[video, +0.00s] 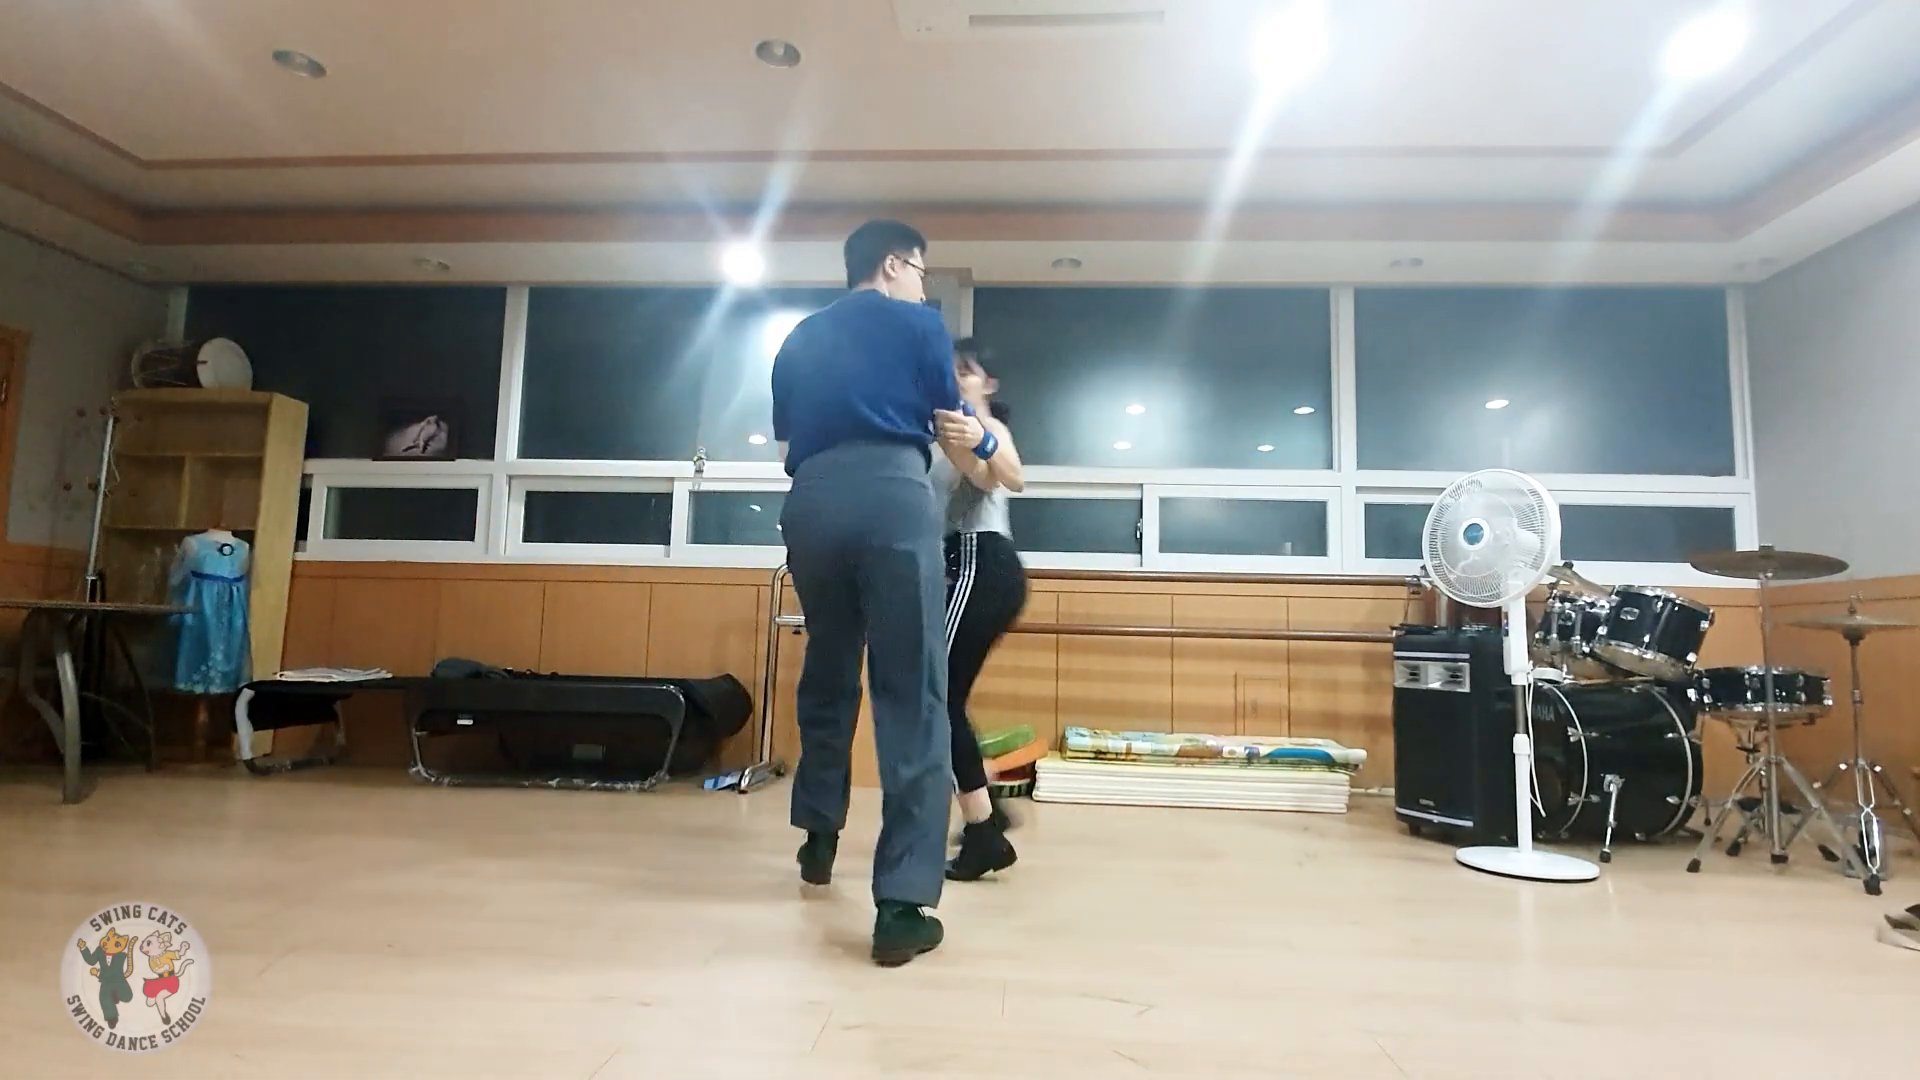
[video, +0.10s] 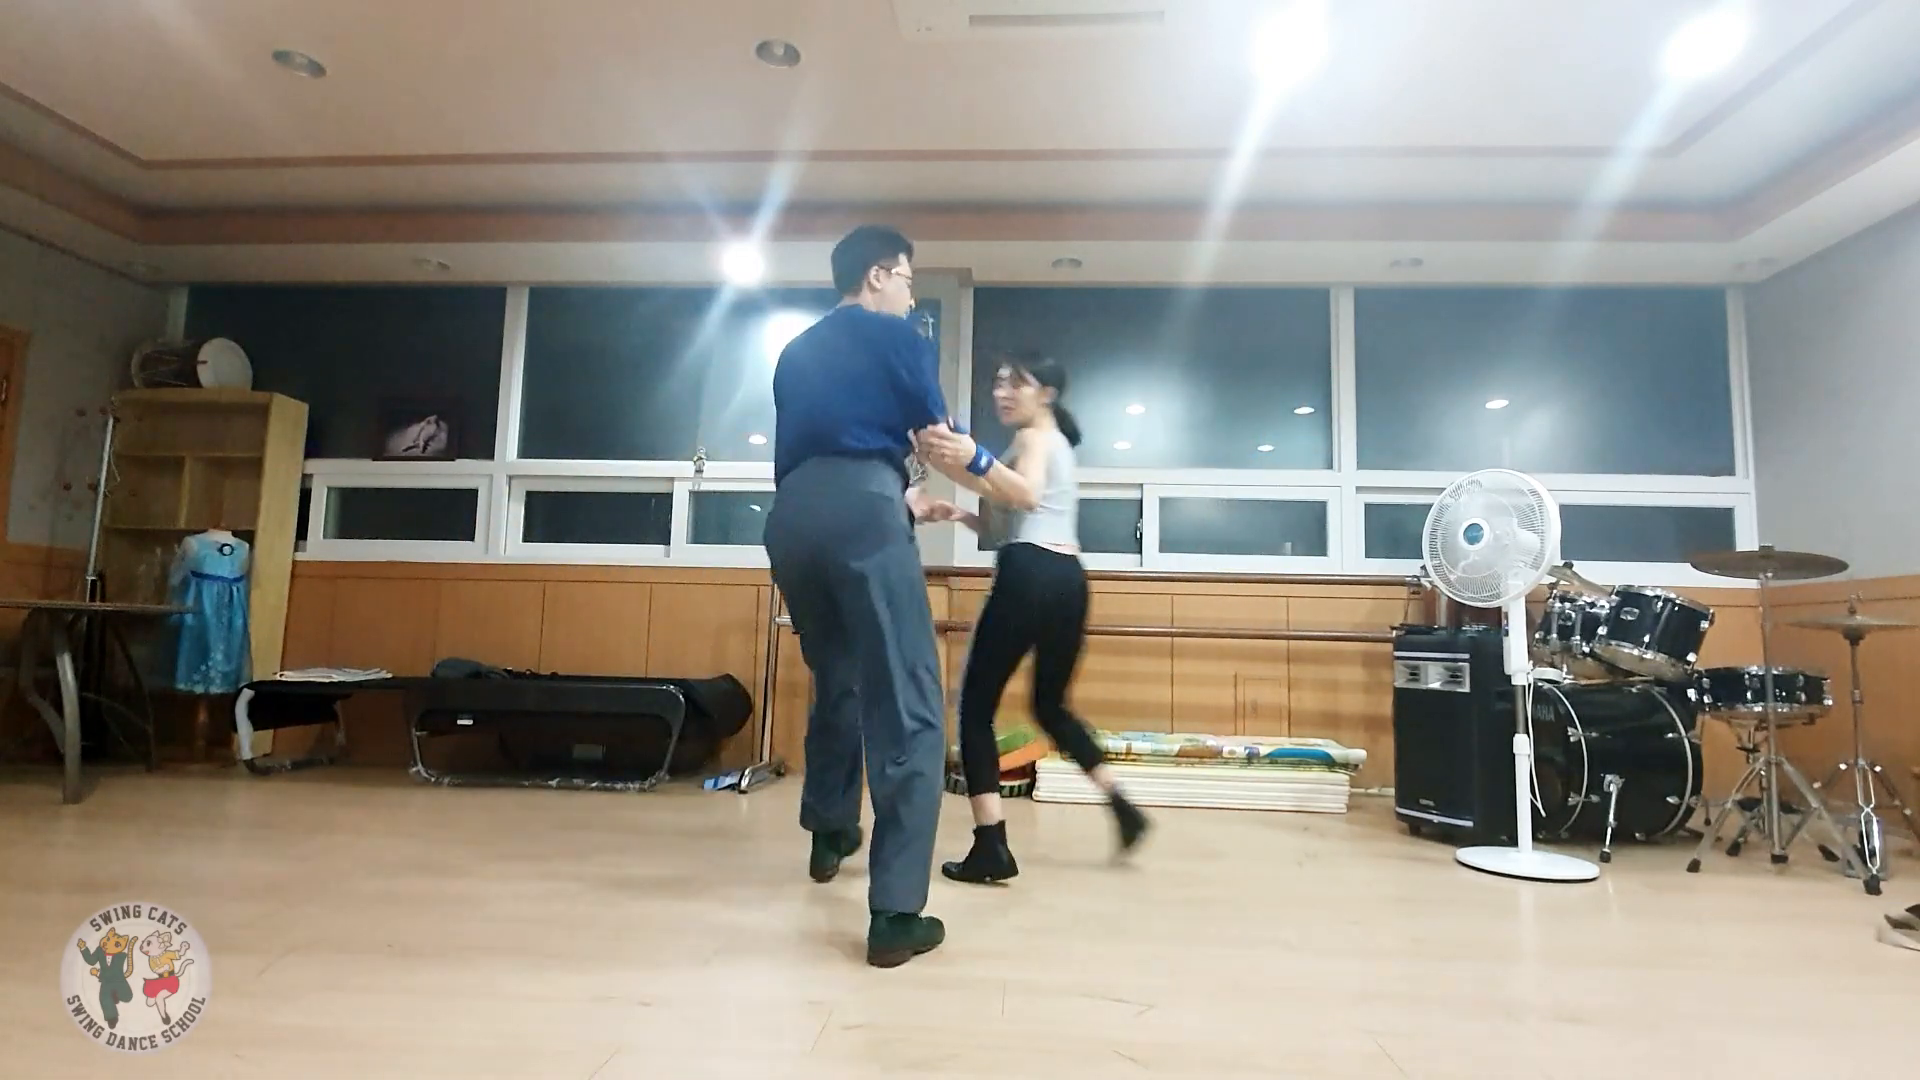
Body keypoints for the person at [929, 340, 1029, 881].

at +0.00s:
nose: (955, 383)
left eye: (963, 374)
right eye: (951, 376)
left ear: (987, 381)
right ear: (953, 382)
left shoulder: (986, 425)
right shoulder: (947, 426)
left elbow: (1009, 477)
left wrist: (974, 435)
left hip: (981, 562)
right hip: (969, 563)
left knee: (943, 693)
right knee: (945, 693)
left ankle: (981, 828)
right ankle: (983, 817)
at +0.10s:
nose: (1001, 391)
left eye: (1014, 383)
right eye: (999, 382)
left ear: (1045, 392)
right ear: (1039, 398)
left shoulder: (1032, 438)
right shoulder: (1057, 445)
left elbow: (1025, 494)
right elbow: (1005, 528)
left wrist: (963, 463)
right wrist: (954, 513)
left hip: (1026, 578)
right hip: (1069, 581)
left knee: (976, 706)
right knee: (1049, 705)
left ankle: (990, 843)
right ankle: (1121, 804)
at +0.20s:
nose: (1061, 405)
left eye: (1071, 394)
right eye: (1062, 394)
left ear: (1100, 397)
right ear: (1104, 400)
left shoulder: (1096, 451)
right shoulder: (1123, 451)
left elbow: (1069, 525)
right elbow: (1066, 518)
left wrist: (1002, 496)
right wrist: (1013, 509)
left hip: (1090, 587)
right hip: (1136, 588)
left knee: (1024, 716)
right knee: (1146, 723)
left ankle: (996, 846)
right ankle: (1210, 841)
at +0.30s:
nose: (1112, 399)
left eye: (1122, 389)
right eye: (1112, 389)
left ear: (1157, 394)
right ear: (1152, 396)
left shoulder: (1155, 449)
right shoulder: (1159, 443)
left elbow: (1135, 536)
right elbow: (1093, 485)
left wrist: (1052, 537)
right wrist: (1017, 477)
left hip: (1157, 586)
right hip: (1207, 590)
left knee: (1084, 704)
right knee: (1193, 720)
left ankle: (1026, 822)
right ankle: (1222, 850)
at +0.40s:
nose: (1147, 387)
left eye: (1158, 377)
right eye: (1147, 377)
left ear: (1192, 383)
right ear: (1182, 386)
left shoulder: (1198, 443)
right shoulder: (1178, 437)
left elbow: (1203, 532)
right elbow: (1112, 465)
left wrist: (1152, 582)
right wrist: (1039, 456)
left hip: (1207, 570)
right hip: (1255, 574)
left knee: (1139, 691)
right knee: (1227, 710)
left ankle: (1122, 803)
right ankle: (1227, 848)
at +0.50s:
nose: (1181, 384)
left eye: (1193, 373)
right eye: (1178, 374)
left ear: (1225, 379)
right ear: (1180, 382)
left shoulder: (1238, 443)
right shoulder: (1190, 440)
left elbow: (1269, 531)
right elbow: (1128, 463)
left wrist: (1268, 618)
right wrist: (1050, 452)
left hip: (1246, 579)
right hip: (1277, 577)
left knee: (1186, 695)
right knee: (1251, 708)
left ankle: (1222, 820)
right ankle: (1249, 843)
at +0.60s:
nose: (1210, 380)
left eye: (1225, 370)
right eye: (1205, 371)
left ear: (1257, 380)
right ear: (1201, 382)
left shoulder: (1281, 445)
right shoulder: (1203, 447)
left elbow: (1336, 524)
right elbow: (1131, 473)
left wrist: (1390, 590)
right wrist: (1054, 461)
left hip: (1290, 587)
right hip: (1263, 590)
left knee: (1236, 717)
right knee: (1237, 716)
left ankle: (1307, 854)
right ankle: (1249, 851)